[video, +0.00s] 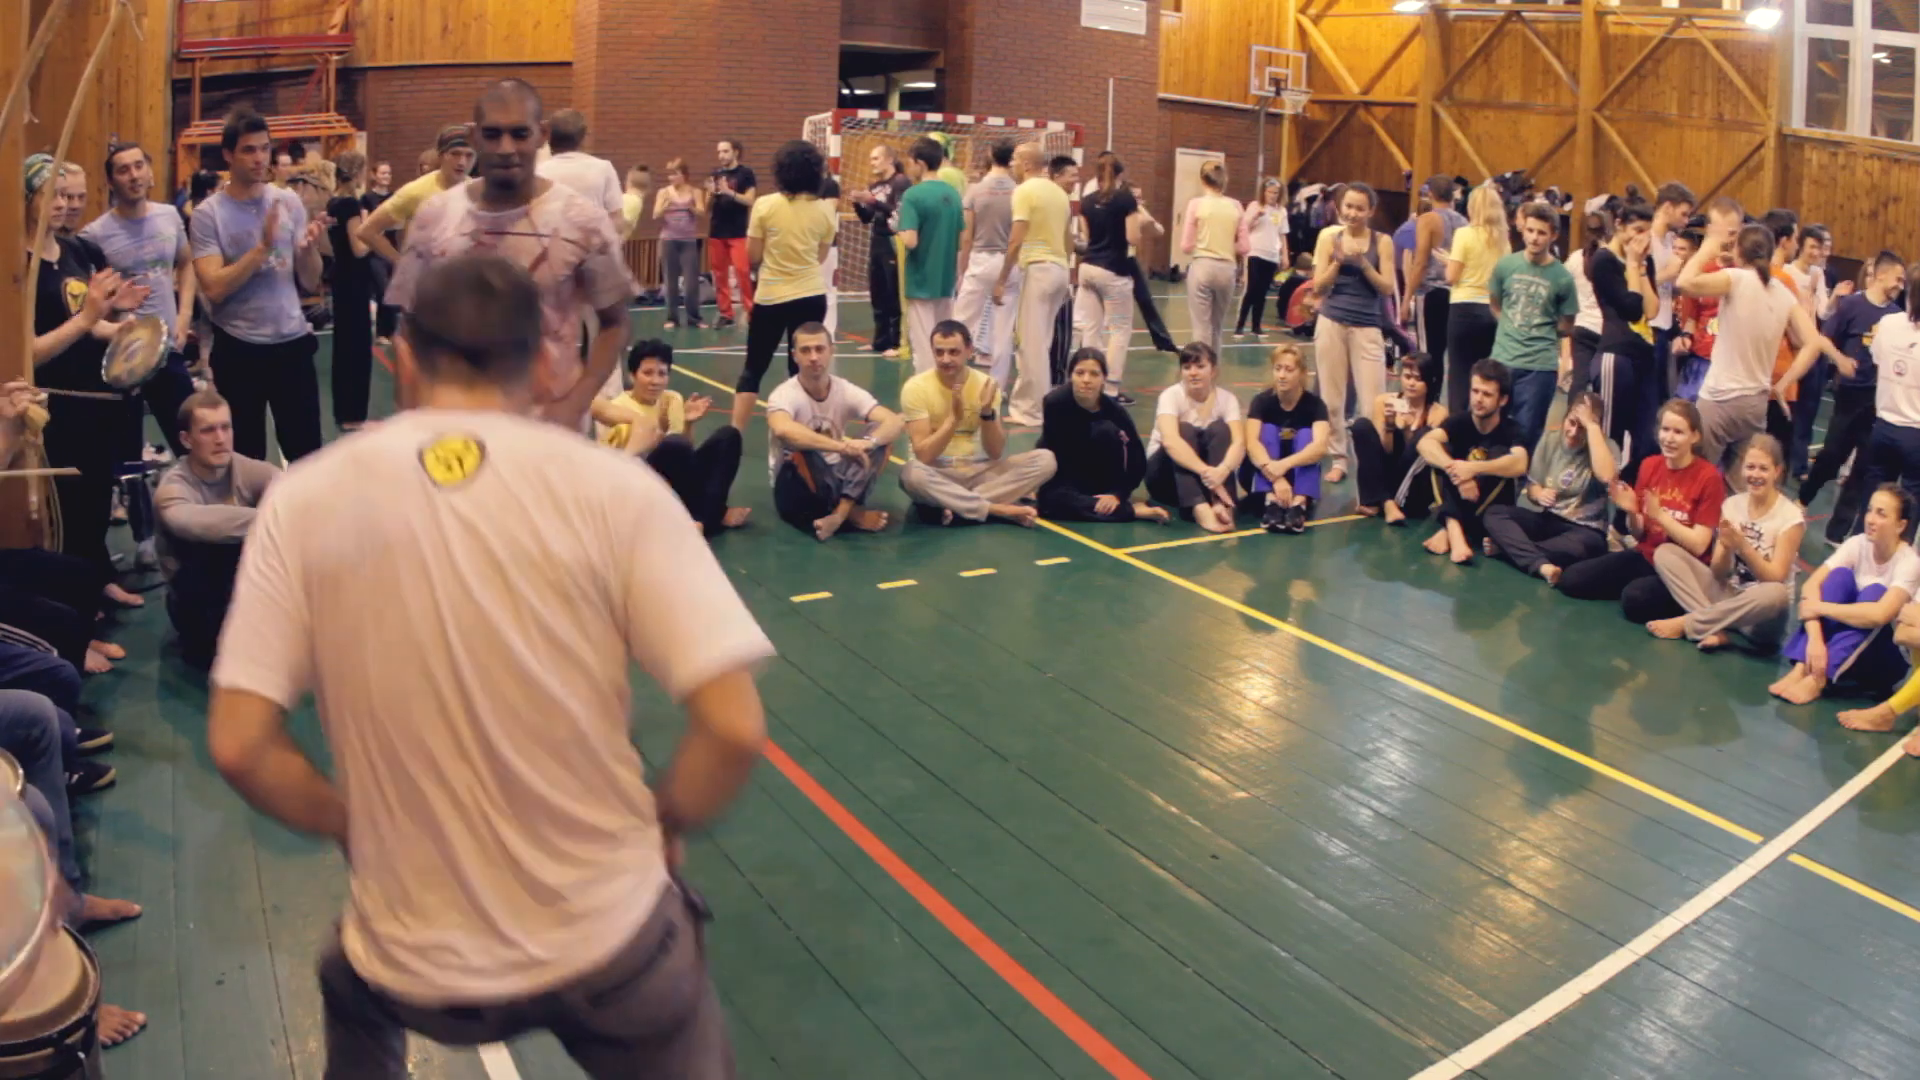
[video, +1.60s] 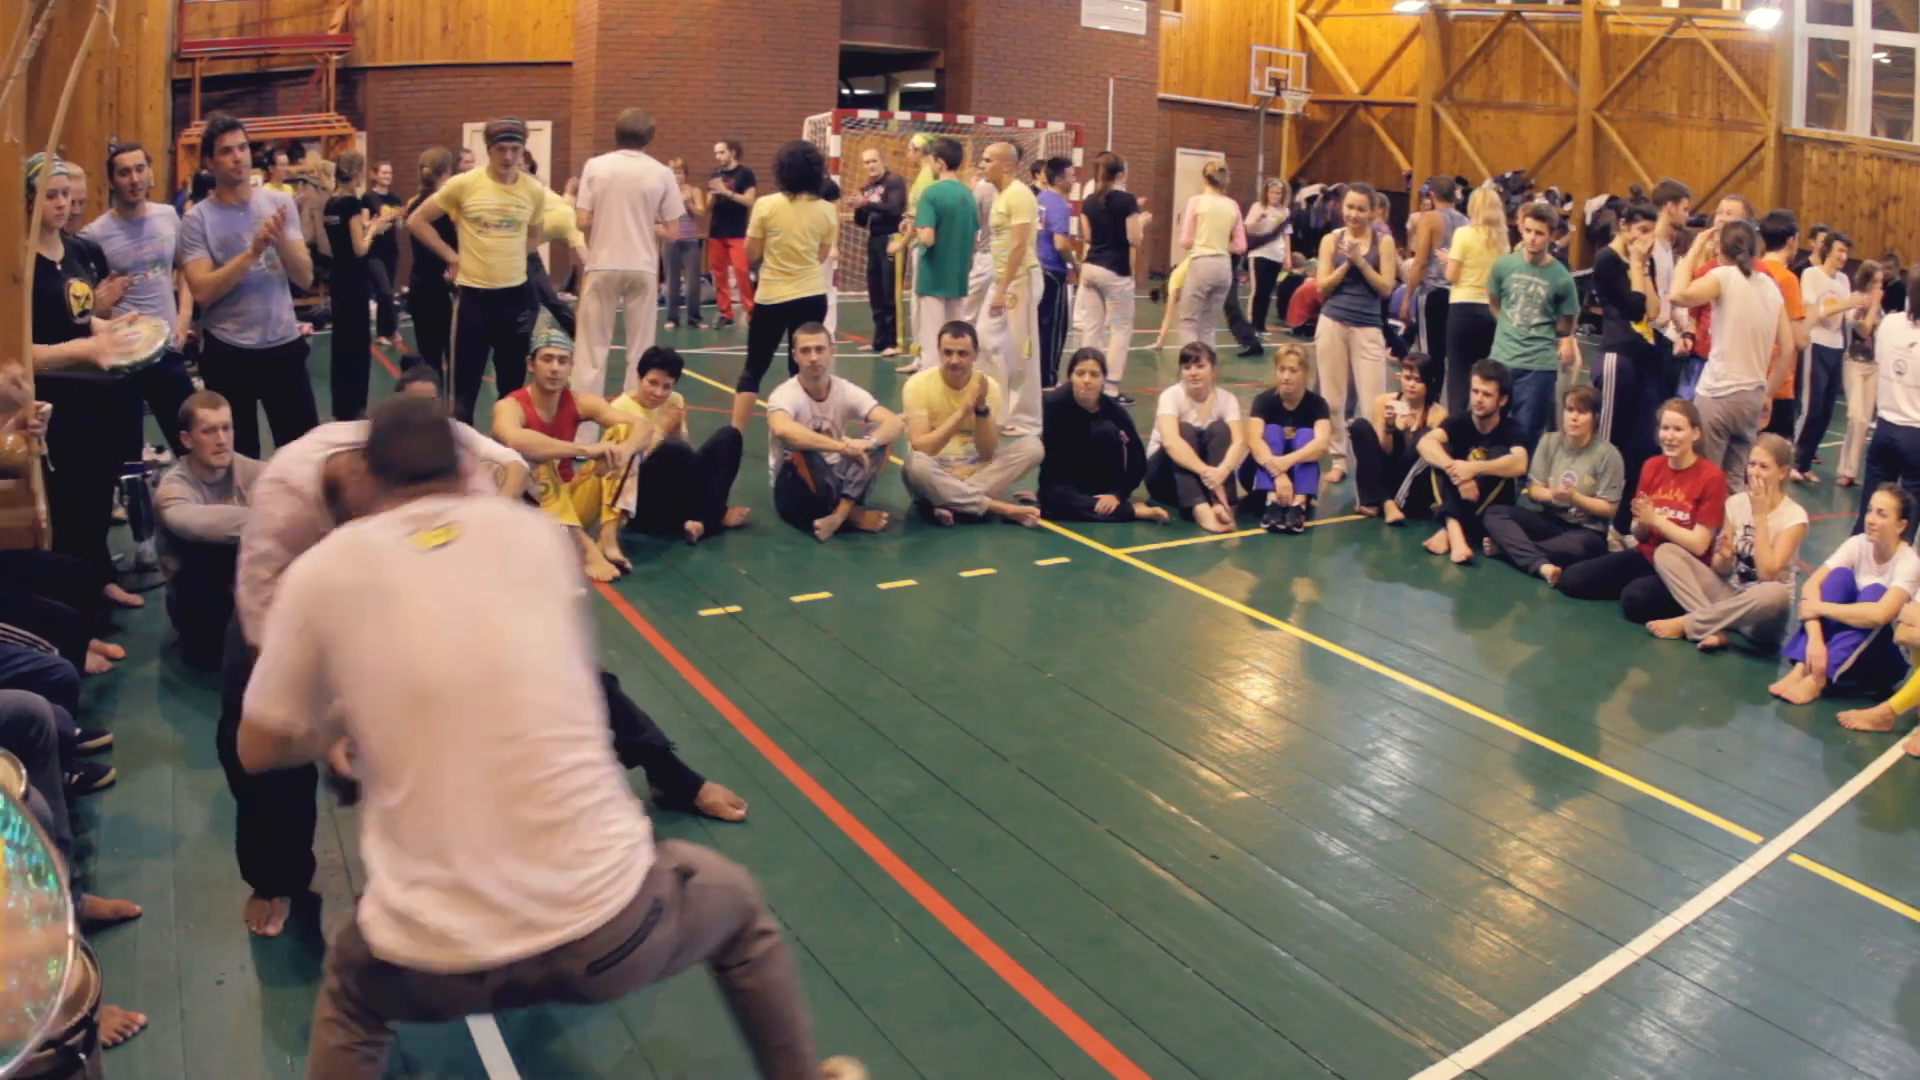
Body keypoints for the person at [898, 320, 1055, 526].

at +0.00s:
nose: (946, 360)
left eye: (954, 352)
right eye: (939, 353)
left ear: (969, 351)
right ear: (932, 352)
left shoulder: (985, 384)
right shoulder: (916, 388)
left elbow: (995, 451)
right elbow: (924, 455)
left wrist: (987, 412)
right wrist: (954, 420)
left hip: (982, 469)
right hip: (939, 472)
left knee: (1046, 460)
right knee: (911, 474)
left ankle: (959, 508)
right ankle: (994, 509)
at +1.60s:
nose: (954, 361)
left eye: (963, 354)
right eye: (948, 353)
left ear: (975, 355)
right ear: (939, 352)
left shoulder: (989, 386)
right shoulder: (918, 385)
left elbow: (987, 452)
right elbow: (921, 447)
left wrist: (981, 409)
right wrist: (963, 410)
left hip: (979, 465)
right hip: (938, 465)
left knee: (1033, 447)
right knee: (916, 466)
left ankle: (955, 504)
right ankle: (1002, 509)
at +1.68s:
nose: (954, 357)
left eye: (962, 350)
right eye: (947, 349)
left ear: (975, 351)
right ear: (938, 350)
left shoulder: (988, 381)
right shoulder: (918, 381)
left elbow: (995, 436)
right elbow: (920, 436)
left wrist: (982, 391)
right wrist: (963, 400)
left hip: (974, 463)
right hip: (937, 463)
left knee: (1023, 442)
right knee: (919, 456)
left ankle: (949, 501)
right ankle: (1002, 507)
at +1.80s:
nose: (954, 353)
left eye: (961, 346)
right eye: (946, 346)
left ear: (974, 348)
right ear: (937, 348)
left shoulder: (983, 376)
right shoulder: (919, 377)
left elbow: (1008, 414)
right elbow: (917, 418)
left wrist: (986, 368)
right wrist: (962, 384)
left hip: (971, 470)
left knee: (1019, 432)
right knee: (925, 437)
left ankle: (947, 499)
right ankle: (997, 506)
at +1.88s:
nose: (954, 352)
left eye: (961, 346)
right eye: (946, 346)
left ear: (972, 348)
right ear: (937, 348)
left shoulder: (981, 375)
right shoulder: (919, 376)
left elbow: (1018, 406)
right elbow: (915, 412)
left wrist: (989, 361)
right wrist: (962, 376)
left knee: (1012, 427)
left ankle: (948, 499)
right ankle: (990, 503)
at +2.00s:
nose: (954, 355)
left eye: (961, 348)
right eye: (946, 349)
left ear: (973, 349)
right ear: (937, 350)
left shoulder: (987, 378)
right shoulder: (919, 378)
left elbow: (1030, 410)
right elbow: (910, 416)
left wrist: (1007, 376)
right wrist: (960, 391)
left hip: (979, 451)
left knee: (1013, 424)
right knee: (935, 426)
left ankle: (975, 475)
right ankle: (968, 478)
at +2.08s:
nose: (956, 358)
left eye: (963, 350)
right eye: (948, 351)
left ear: (974, 351)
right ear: (938, 353)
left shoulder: (987, 379)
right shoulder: (920, 381)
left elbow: (1032, 418)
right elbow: (914, 419)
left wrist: (1013, 390)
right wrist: (961, 410)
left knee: (1011, 424)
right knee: (940, 429)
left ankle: (975, 480)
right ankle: (975, 480)